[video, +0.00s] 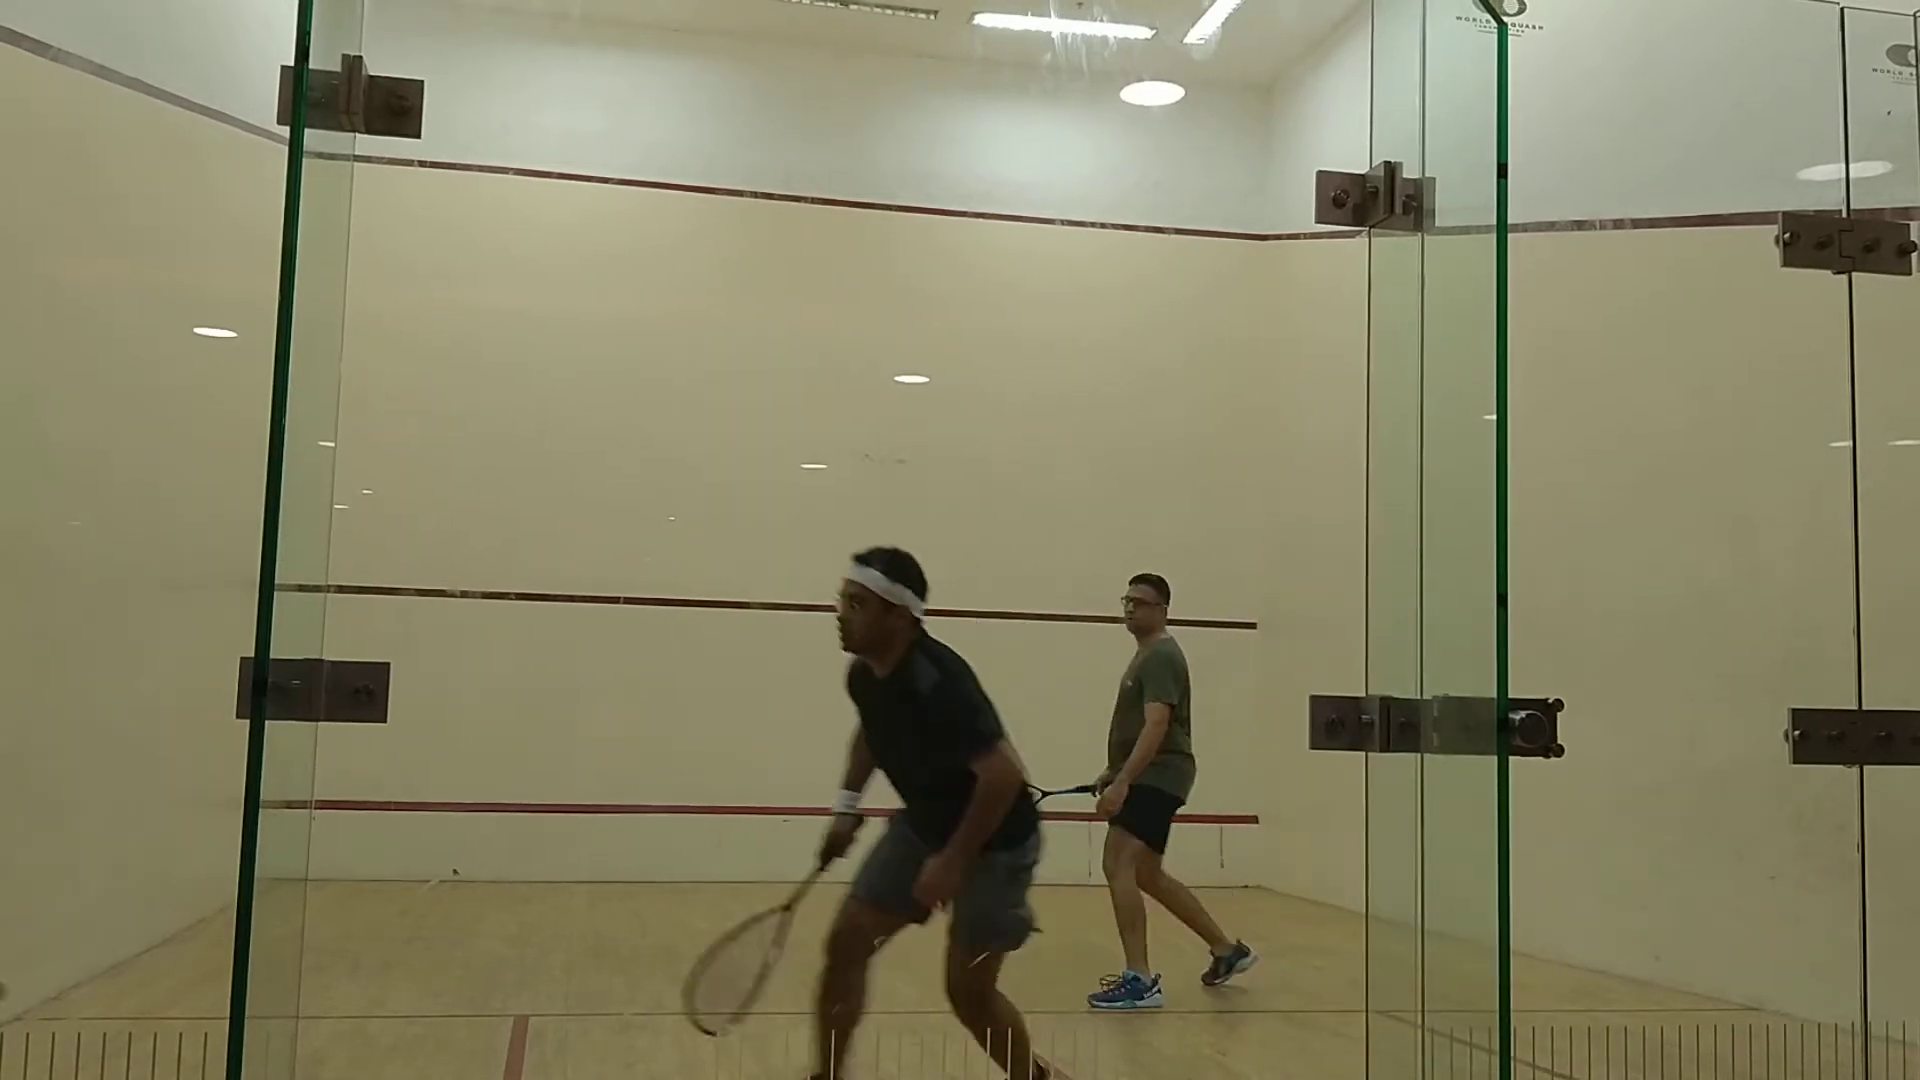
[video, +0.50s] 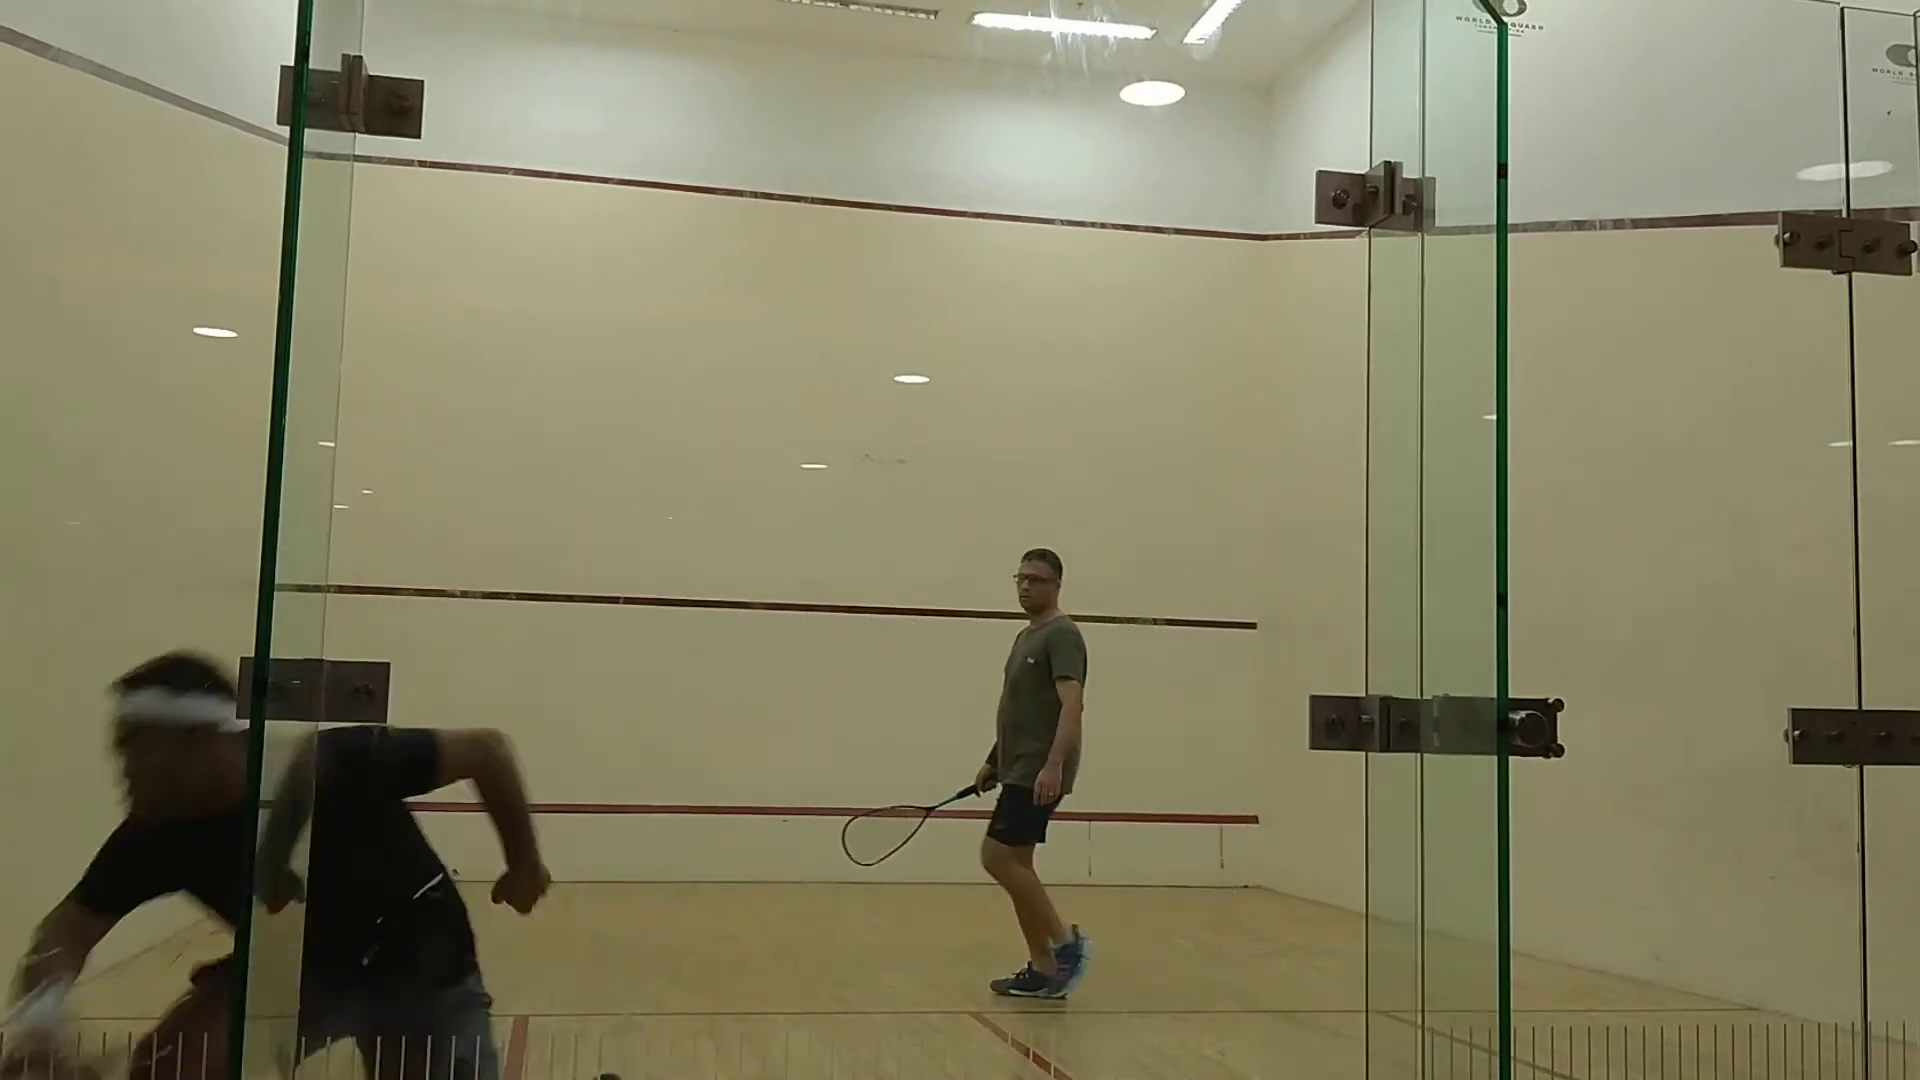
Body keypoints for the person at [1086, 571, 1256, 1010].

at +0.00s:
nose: (1130, 609)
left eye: (1141, 603)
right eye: (1128, 602)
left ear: (1162, 610)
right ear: (1126, 608)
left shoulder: (1161, 656)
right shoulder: (1148, 654)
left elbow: (1156, 728)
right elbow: (1141, 727)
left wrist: (1121, 783)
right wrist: (1113, 773)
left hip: (1153, 778)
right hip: (1154, 779)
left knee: (1118, 866)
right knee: (1148, 875)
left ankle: (1139, 979)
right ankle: (1226, 949)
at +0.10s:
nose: (1114, 597)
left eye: (1125, 591)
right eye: (1111, 589)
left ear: (1145, 598)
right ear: (1108, 593)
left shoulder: (1147, 645)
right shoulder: (1120, 642)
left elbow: (1133, 715)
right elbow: (1116, 715)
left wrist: (1101, 771)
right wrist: (1099, 772)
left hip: (1139, 773)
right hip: (1121, 772)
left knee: (1118, 865)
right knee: (1101, 863)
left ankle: (1138, 977)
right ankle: (1178, 942)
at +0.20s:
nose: (1096, 585)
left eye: (1106, 580)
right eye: (1092, 578)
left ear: (1126, 586)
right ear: (1087, 582)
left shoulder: (1130, 635)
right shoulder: (1096, 633)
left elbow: (1122, 703)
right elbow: (1091, 702)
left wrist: (1086, 758)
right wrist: (1074, 753)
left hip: (1126, 772)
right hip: (1097, 769)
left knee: (1126, 863)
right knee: (1069, 853)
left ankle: (1141, 975)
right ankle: (1110, 957)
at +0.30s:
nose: (1075, 585)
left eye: (1086, 579)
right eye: (1070, 577)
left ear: (1104, 587)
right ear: (1064, 583)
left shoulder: (1105, 633)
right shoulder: (1077, 634)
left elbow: (1108, 702)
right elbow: (1069, 703)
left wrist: (1071, 757)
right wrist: (1047, 752)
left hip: (1102, 774)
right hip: (1070, 772)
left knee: (1107, 867)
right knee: (1045, 855)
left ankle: (1138, 976)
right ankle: (1051, 968)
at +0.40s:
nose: (1050, 586)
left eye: (1061, 580)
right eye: (1046, 580)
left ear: (1082, 586)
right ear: (1041, 585)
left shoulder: (1084, 635)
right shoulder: (1053, 636)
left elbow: (1089, 704)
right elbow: (1045, 708)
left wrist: (1061, 760)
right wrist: (1021, 758)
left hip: (1073, 776)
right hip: (1043, 773)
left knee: (1053, 866)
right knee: (1022, 856)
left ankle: (1124, 960)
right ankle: (1043, 969)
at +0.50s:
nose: (1027, 587)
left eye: (1037, 580)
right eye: (1022, 579)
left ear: (1057, 586)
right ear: (1016, 584)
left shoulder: (1063, 634)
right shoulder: (1027, 637)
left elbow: (1072, 706)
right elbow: (1016, 709)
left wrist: (1054, 765)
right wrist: (993, 761)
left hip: (1039, 771)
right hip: (1019, 770)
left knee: (996, 856)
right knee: (1018, 865)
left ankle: (1065, 942)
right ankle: (1043, 969)